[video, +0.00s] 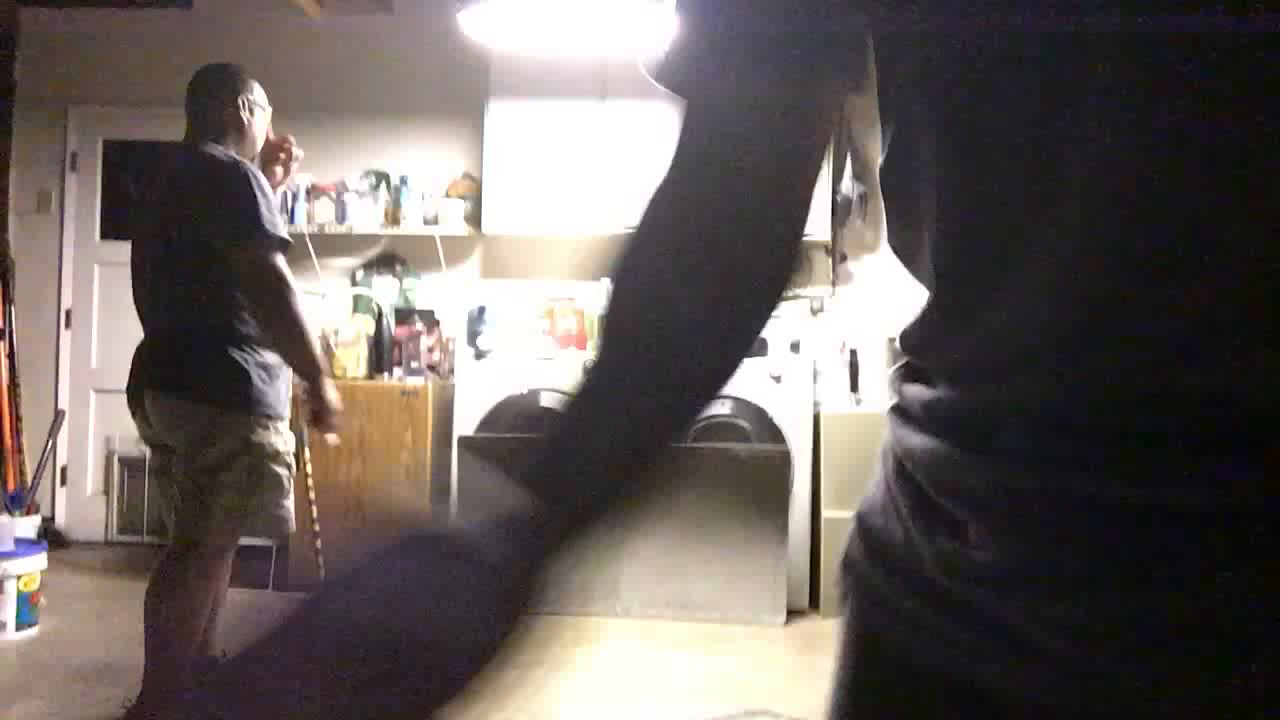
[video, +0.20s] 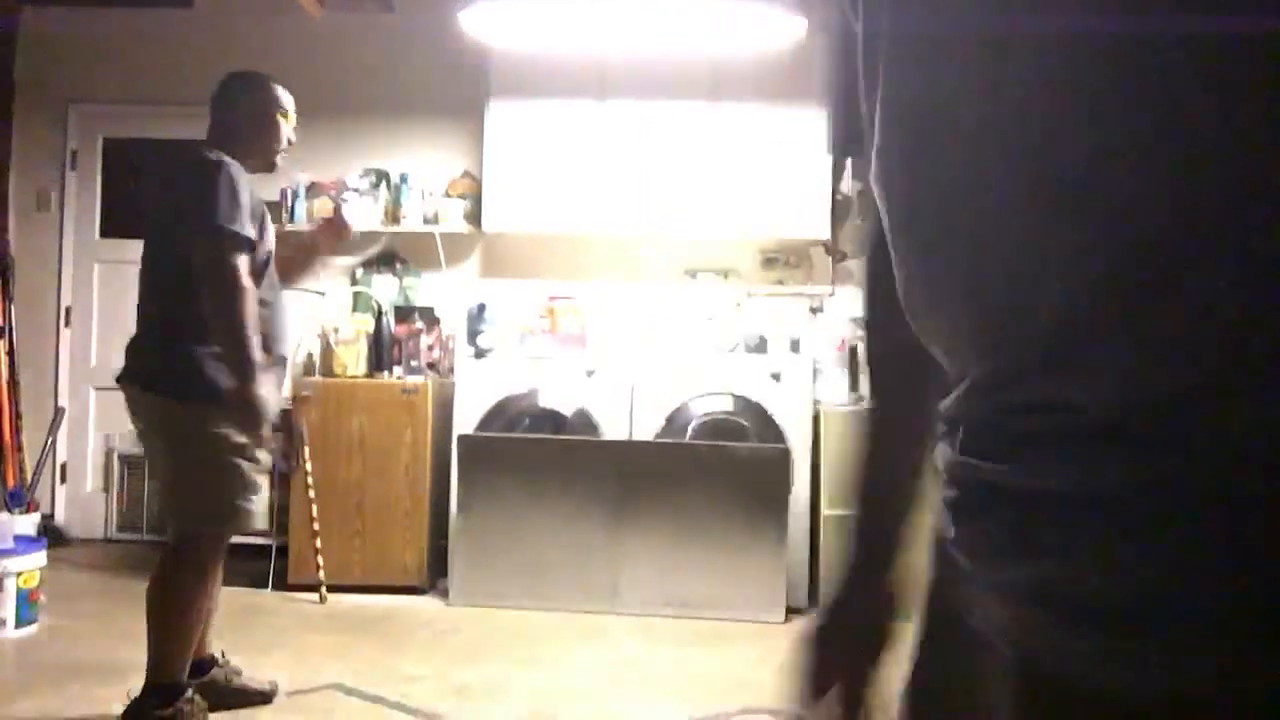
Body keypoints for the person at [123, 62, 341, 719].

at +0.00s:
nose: (267, 128)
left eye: (264, 115)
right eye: (263, 115)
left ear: (196, 114)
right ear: (241, 110)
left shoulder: (169, 175)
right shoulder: (234, 176)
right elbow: (265, 280)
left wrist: (265, 185)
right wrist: (317, 380)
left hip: (166, 377)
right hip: (224, 384)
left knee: (194, 544)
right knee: (209, 548)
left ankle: (183, 690)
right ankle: (166, 703)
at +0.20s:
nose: (289, 134)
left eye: (291, 122)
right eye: (281, 119)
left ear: (230, 118)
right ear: (239, 116)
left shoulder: (222, 180)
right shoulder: (218, 175)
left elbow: (263, 272)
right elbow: (226, 279)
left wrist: (317, 242)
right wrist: (250, 375)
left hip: (190, 380)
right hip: (190, 381)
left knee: (206, 526)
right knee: (199, 533)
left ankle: (197, 666)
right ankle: (160, 694)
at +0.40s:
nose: (300, 147)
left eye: (305, 136)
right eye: (293, 131)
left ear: (291, 142)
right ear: (251, 124)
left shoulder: (265, 212)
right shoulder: (204, 177)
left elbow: (266, 303)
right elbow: (181, 270)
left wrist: (311, 348)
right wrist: (195, 370)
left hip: (232, 394)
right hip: (168, 389)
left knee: (204, 535)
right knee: (161, 535)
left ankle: (194, 672)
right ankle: (130, 688)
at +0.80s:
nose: (238, 141)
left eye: (246, 132)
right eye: (227, 127)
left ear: (250, 139)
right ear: (188, 122)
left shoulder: (248, 219)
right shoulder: (127, 185)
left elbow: (265, 308)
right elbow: (91, 271)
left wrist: (285, 384)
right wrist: (108, 365)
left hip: (214, 404)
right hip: (123, 394)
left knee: (203, 532)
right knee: (97, 527)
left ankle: (195, 670)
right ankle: (64, 649)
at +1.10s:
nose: (162, 137)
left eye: (169, 127)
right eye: (148, 124)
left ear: (177, 136)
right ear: (109, 124)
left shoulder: (193, 214)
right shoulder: (51, 200)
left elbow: (217, 301)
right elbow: (21, 294)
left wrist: (247, 366)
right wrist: (18, 385)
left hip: (172, 409)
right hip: (71, 408)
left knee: (192, 525)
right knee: (63, 535)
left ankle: (195, 666)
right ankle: (57, 658)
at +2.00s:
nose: (220, 119)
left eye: (232, 111)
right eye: (207, 107)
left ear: (246, 124)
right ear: (178, 114)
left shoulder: (270, 207)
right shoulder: (126, 181)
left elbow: (302, 294)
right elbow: (75, 266)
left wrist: (311, 375)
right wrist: (88, 344)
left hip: (226, 407)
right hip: (127, 394)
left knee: (210, 543)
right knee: (91, 529)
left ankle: (193, 679)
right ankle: (66, 645)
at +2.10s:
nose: (242, 119)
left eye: (253, 110)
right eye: (229, 107)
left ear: (265, 123)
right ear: (198, 113)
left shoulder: (287, 208)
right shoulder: (145, 179)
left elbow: (316, 289)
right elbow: (94, 249)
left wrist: (333, 365)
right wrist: (136, 284)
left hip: (240, 408)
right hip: (141, 397)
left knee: (215, 543)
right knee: (104, 531)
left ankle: (193, 679)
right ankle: (75, 643)